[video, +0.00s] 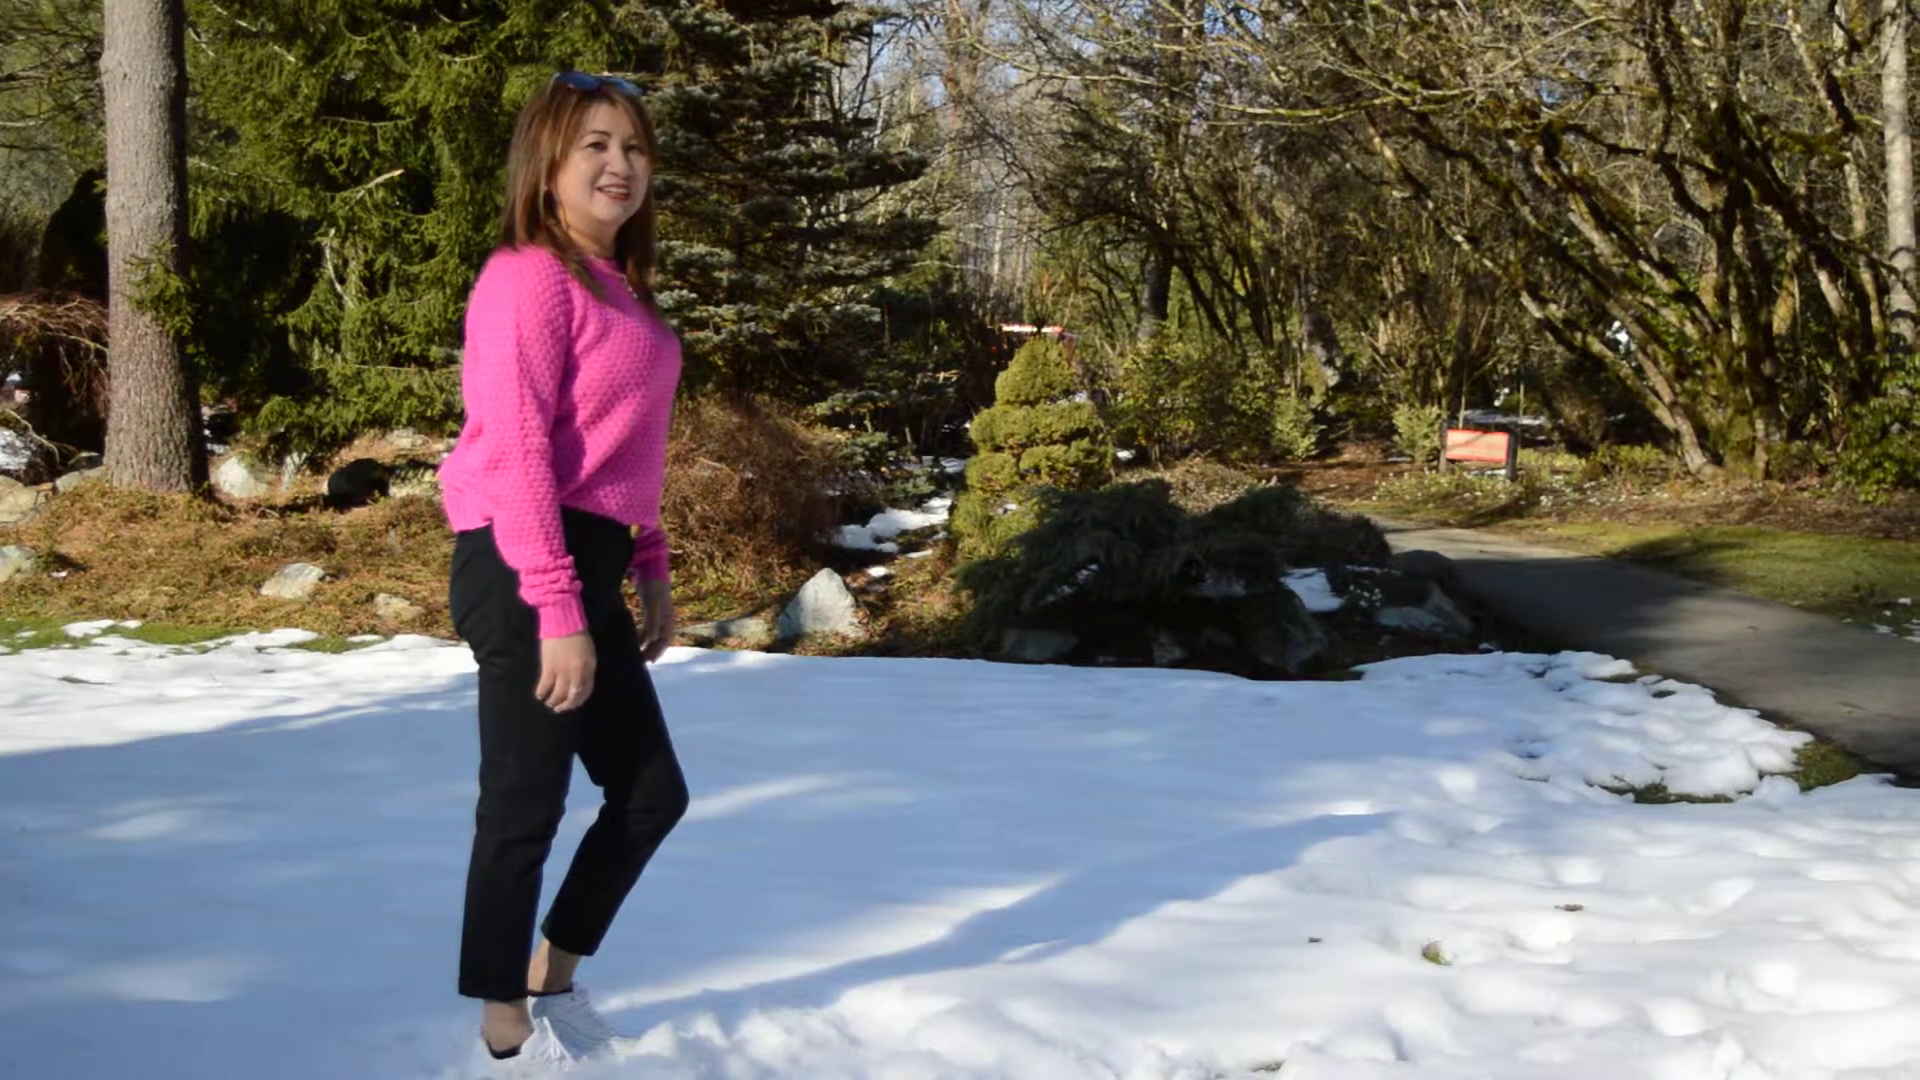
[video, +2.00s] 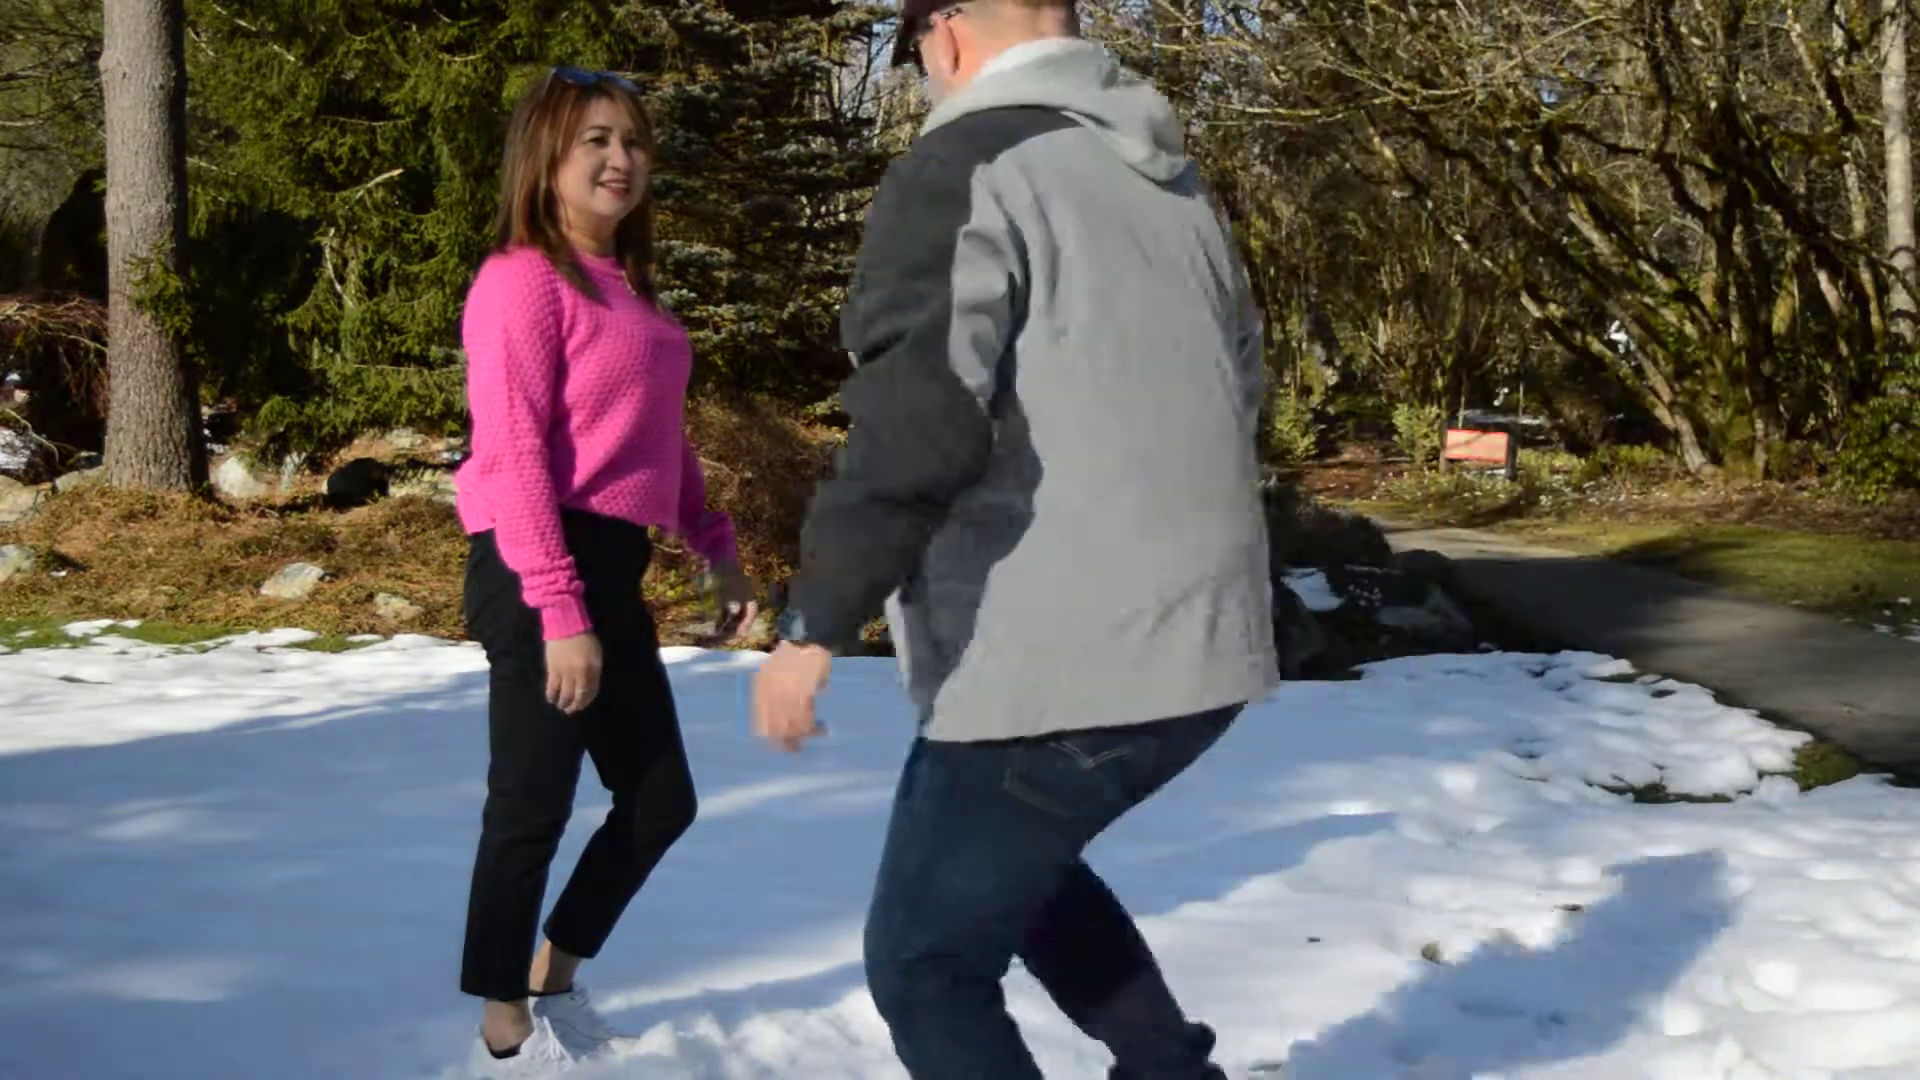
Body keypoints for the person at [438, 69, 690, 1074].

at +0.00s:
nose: (620, 165)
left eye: (635, 149)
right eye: (596, 145)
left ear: (648, 173)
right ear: (547, 163)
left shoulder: (618, 291)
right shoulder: (524, 278)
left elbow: (624, 451)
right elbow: (516, 450)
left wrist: (649, 571)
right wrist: (557, 610)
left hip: (589, 560)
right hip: (519, 555)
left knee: (651, 793)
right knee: (522, 803)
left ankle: (549, 981)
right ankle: (501, 1040)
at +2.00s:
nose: (621, 159)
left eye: (633, 142)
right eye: (596, 142)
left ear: (645, 165)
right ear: (545, 163)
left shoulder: (623, 288)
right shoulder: (517, 281)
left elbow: (661, 445)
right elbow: (513, 458)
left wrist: (720, 558)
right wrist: (560, 614)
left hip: (608, 566)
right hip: (533, 561)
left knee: (660, 799)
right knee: (530, 805)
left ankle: (549, 978)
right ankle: (502, 1031)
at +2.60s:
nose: (605, 155)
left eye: (613, 139)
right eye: (583, 140)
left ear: (628, 154)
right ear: (536, 160)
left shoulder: (638, 274)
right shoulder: (514, 273)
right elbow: (466, 409)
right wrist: (473, 544)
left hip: (630, 568)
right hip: (538, 565)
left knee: (678, 784)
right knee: (533, 803)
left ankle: (564, 967)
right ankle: (503, 1033)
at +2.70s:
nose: (602, 174)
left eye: (607, 157)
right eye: (584, 159)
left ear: (615, 169)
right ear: (543, 172)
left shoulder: (642, 269)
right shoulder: (514, 270)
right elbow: (453, 369)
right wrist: (420, 456)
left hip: (631, 549)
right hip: (528, 549)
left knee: (642, 769)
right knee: (530, 788)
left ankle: (582, 962)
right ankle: (506, 1031)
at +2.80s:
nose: (575, 179)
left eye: (581, 163)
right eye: (563, 164)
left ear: (603, 157)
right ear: (540, 174)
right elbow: (428, 398)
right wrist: (408, 344)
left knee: (681, 767)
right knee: (533, 774)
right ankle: (506, 1006)